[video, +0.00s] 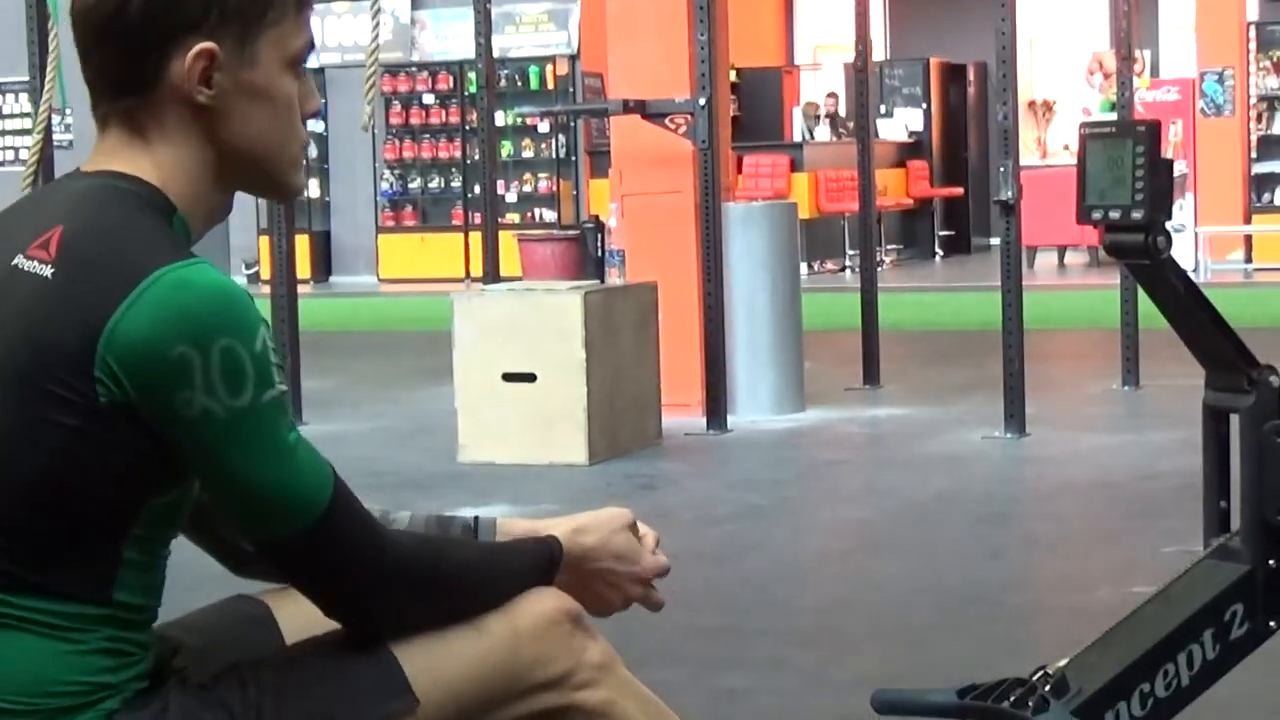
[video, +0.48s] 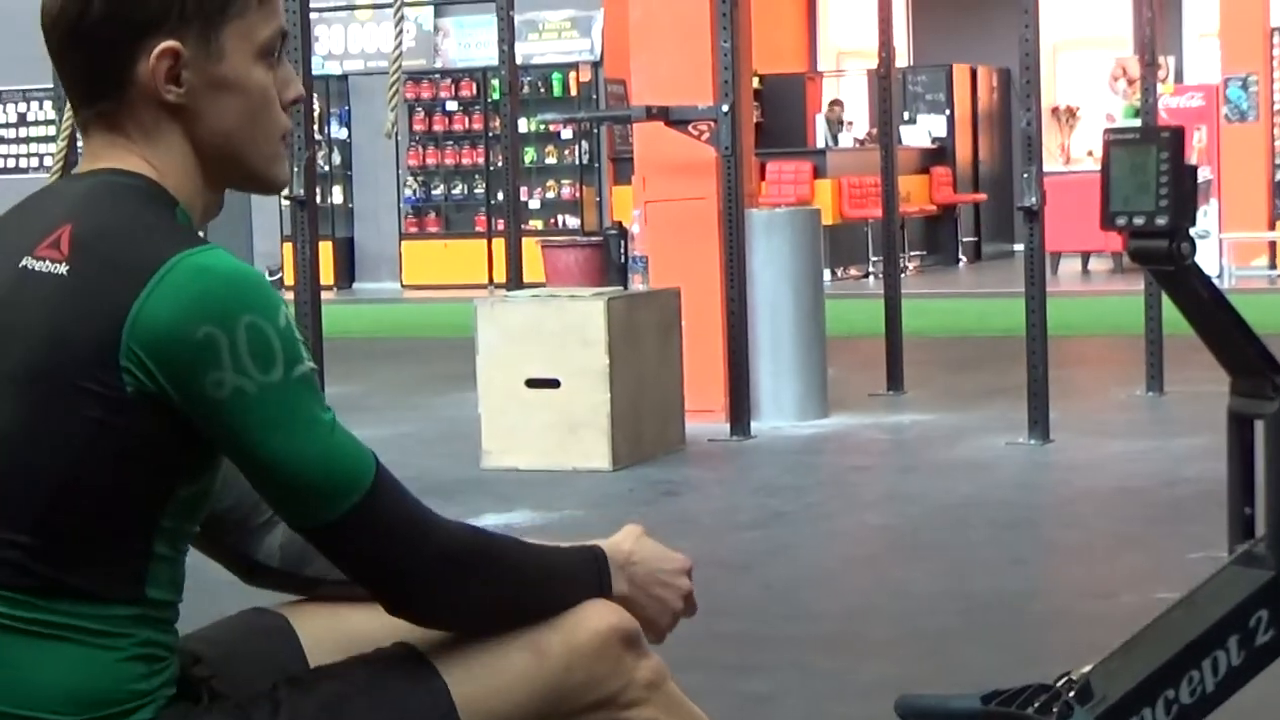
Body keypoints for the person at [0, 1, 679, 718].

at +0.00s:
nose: (315, 101)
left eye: (307, 69)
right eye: (296, 67)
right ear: (203, 75)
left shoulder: (50, 233)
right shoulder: (179, 302)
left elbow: (256, 542)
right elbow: (375, 586)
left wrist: (523, 547)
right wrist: (558, 559)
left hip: (55, 678)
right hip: (100, 708)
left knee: (342, 597)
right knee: (549, 639)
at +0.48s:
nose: (295, 88)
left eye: (287, 57)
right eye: (271, 55)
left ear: (165, 80)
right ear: (172, 76)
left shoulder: (41, 233)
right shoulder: (195, 287)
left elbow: (270, 541)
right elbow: (420, 568)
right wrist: (607, 570)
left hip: (47, 688)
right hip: (123, 712)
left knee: (411, 610)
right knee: (602, 648)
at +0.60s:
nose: (303, 93)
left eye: (293, 59)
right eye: (276, 59)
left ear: (164, 85)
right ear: (169, 80)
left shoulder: (44, 234)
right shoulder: (198, 295)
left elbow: (256, 555)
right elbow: (428, 585)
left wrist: (517, 576)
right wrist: (600, 592)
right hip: (124, 703)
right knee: (602, 665)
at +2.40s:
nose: (430, 96)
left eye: (453, 58)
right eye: (385, 53)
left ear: (474, 70)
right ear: (288, 59)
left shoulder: (256, 205)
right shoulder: (294, 244)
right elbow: (320, 598)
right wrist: (395, 711)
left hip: (228, 660)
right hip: (254, 702)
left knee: (613, 563)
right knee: (770, 644)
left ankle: (720, 705)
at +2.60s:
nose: (429, 86)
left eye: (452, 48)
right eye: (382, 44)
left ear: (474, 61)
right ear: (286, 53)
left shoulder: (269, 203)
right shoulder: (290, 240)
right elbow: (317, 593)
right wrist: (393, 708)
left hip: (230, 661)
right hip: (250, 702)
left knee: (615, 567)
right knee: (767, 646)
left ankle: (723, 706)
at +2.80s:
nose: (435, 86)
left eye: (455, 48)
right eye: (387, 43)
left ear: (475, 60)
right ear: (289, 53)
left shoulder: (255, 203)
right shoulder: (291, 241)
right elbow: (294, 592)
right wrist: (386, 711)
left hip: (210, 668)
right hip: (236, 704)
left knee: (616, 572)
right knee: (766, 654)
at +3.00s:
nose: (447, 97)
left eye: (468, 59)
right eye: (401, 55)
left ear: (490, 70)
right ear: (307, 64)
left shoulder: (284, 213)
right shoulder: (303, 245)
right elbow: (315, 587)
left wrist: (362, 657)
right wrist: (402, 705)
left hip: (243, 662)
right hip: (250, 700)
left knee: (628, 567)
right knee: (765, 648)